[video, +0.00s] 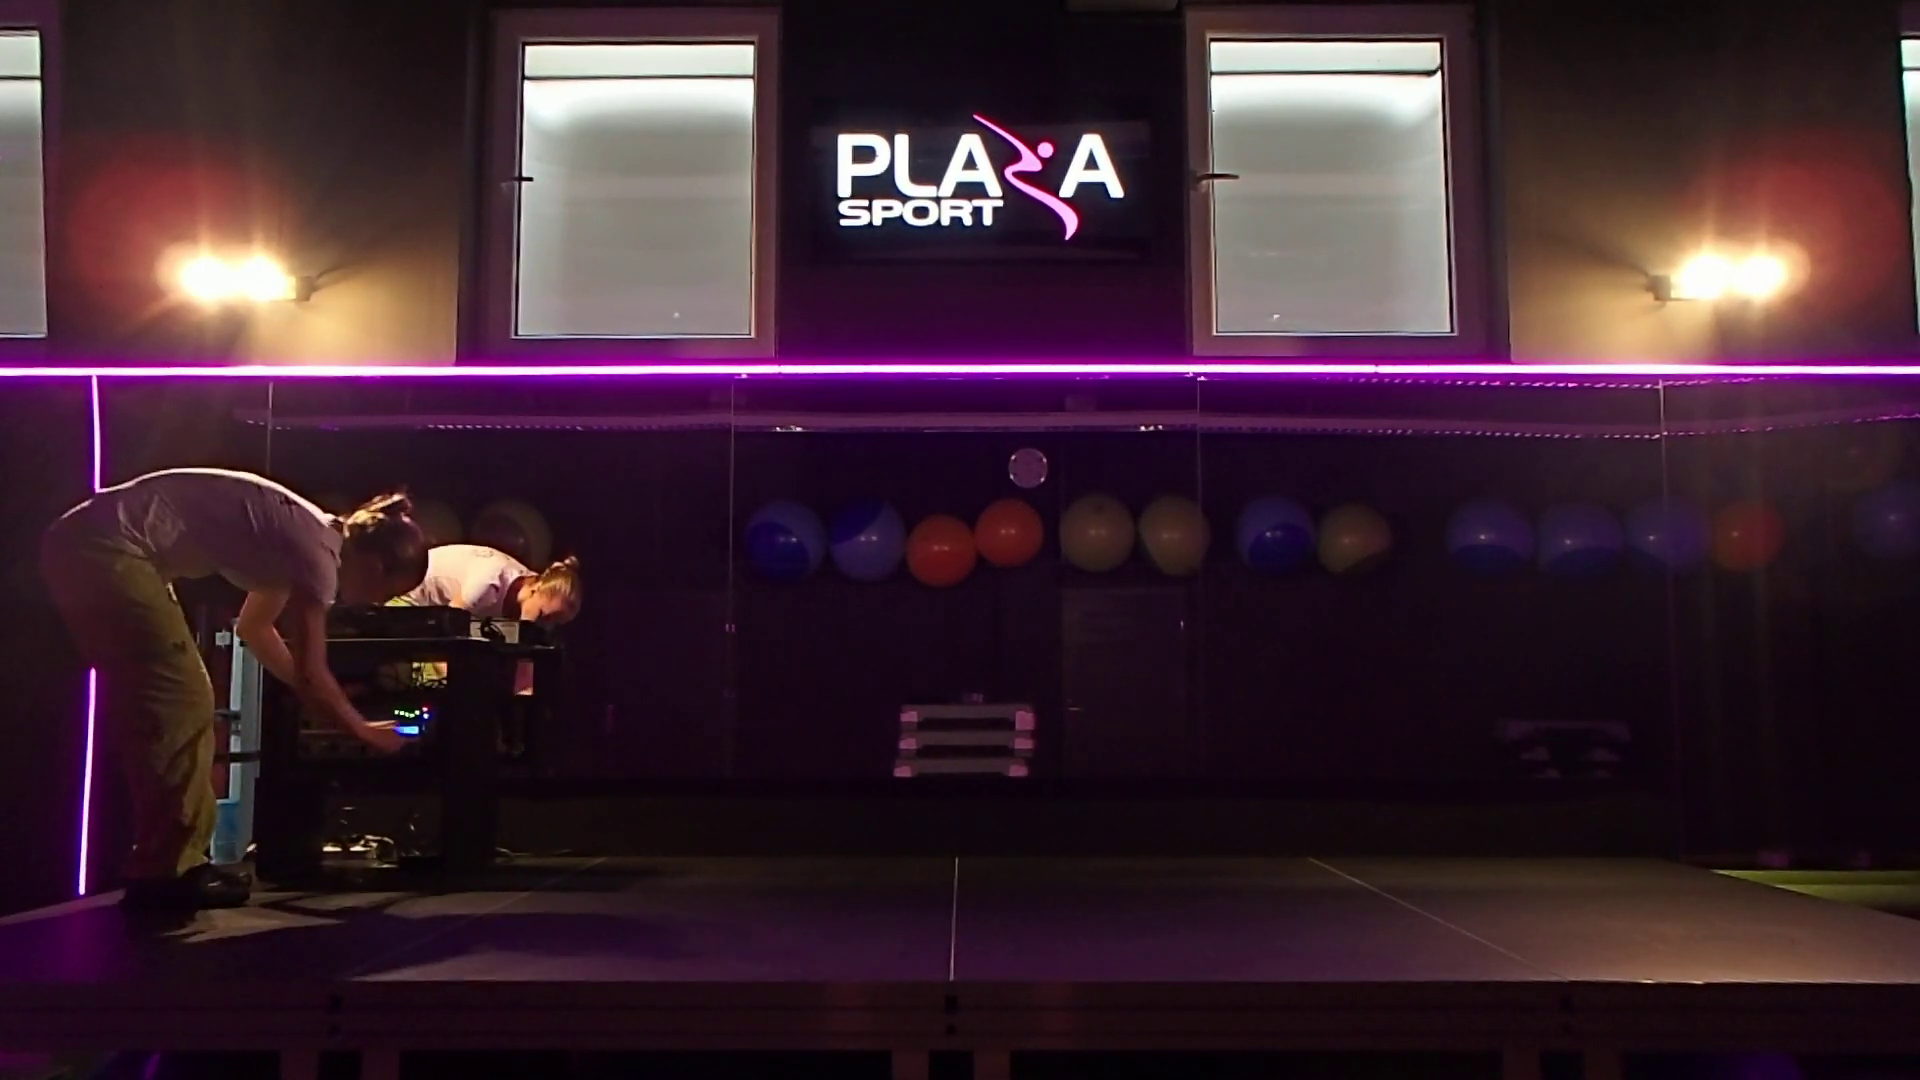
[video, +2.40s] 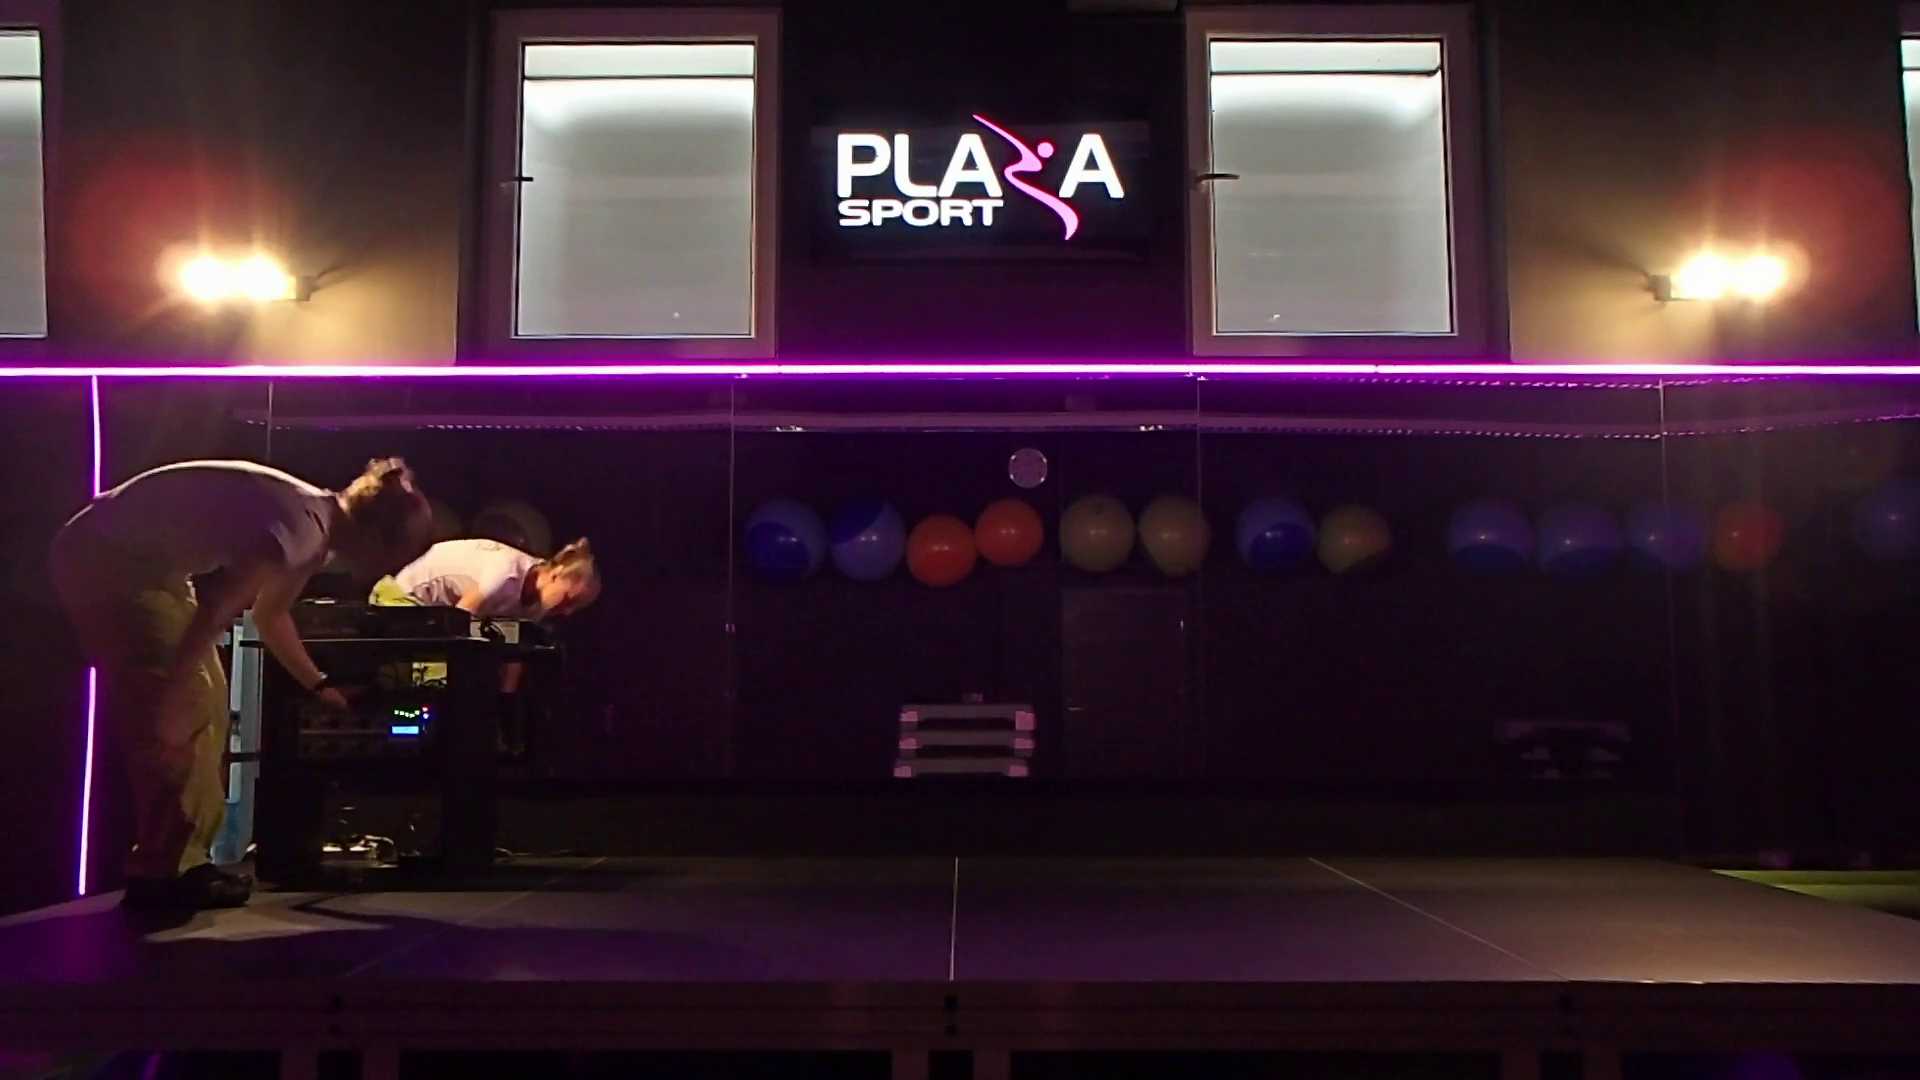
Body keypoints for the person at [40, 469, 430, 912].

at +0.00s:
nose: (380, 602)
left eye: (392, 596)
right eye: (389, 591)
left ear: (372, 554)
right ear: (374, 562)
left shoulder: (301, 539)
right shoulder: (317, 555)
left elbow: (254, 627)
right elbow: (314, 672)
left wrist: (309, 687)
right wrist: (361, 727)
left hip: (111, 547)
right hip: (108, 550)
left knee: (181, 696)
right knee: (182, 697)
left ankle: (177, 868)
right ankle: (168, 874)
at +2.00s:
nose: (376, 610)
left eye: (388, 607)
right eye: (386, 601)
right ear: (377, 570)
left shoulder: (302, 539)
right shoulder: (333, 550)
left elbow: (254, 626)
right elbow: (327, 669)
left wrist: (310, 686)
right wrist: (384, 727)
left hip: (107, 543)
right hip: (125, 548)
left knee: (178, 697)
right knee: (192, 698)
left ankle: (169, 865)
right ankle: (170, 869)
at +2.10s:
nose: (379, 608)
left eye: (390, 604)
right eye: (387, 598)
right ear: (376, 567)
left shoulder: (307, 536)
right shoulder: (330, 549)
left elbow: (255, 627)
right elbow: (309, 665)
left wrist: (320, 692)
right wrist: (356, 745)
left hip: (136, 551)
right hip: (121, 549)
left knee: (202, 707)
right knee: (171, 708)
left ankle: (181, 864)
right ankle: (165, 871)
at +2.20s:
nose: (377, 605)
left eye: (388, 600)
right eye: (385, 595)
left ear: (371, 555)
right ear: (374, 563)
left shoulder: (309, 529)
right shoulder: (324, 546)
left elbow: (254, 627)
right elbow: (283, 659)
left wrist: (311, 687)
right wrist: (310, 760)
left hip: (116, 551)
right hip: (118, 554)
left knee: (181, 698)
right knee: (187, 701)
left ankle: (175, 866)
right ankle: (168, 872)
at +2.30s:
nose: (380, 594)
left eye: (390, 588)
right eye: (387, 584)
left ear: (368, 545)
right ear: (372, 552)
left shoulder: (317, 531)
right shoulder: (314, 544)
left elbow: (264, 627)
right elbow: (252, 640)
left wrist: (314, 689)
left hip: (130, 555)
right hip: (118, 555)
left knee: (185, 697)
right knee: (182, 699)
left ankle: (174, 865)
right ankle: (169, 870)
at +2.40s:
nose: (384, 573)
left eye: (394, 565)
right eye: (391, 561)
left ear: (371, 517)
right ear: (375, 528)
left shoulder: (314, 535)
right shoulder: (298, 527)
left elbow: (271, 614)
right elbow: (218, 603)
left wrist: (317, 685)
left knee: (210, 700)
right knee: (181, 706)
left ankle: (191, 861)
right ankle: (160, 872)